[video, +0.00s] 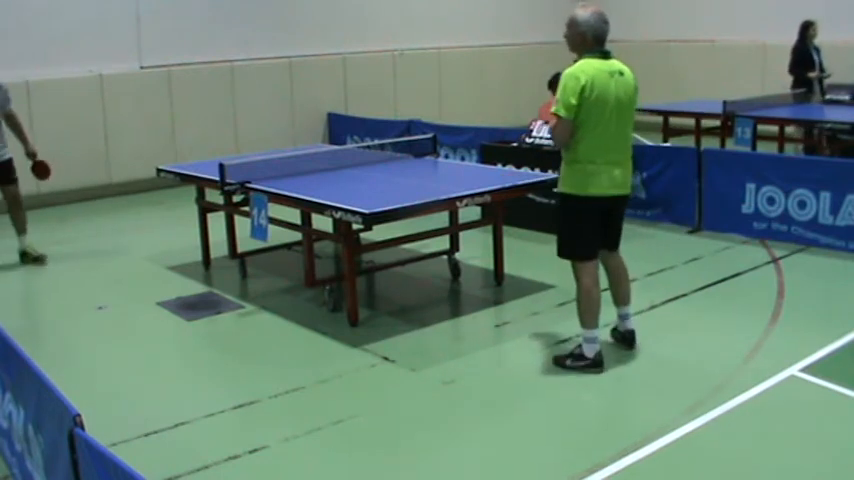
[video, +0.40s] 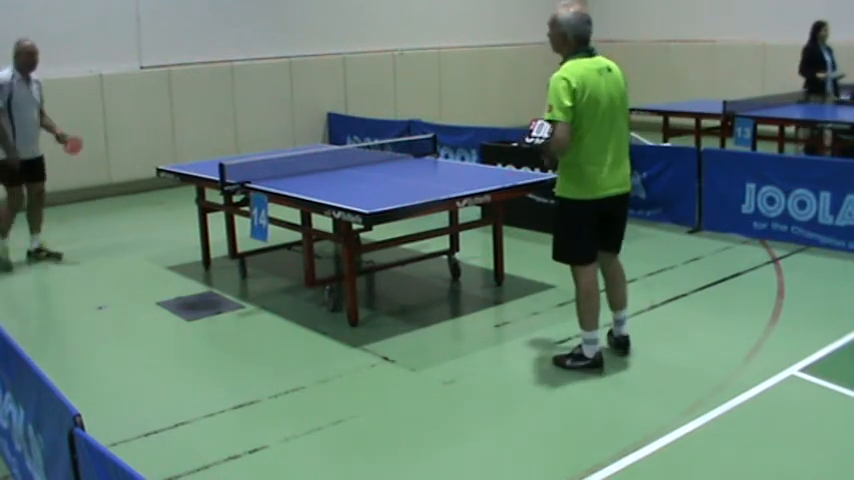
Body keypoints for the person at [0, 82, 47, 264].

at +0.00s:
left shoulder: (2, 90)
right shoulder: (4, 91)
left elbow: (7, 113)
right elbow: (8, 113)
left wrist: (27, 145)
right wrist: (27, 146)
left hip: (3, 153)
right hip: (3, 155)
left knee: (13, 195)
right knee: (12, 196)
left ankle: (24, 246)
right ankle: (24, 246)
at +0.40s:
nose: (34, 60)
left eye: (35, 55)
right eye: (29, 55)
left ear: (36, 58)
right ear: (17, 57)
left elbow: (40, 115)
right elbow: (1, 118)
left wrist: (57, 132)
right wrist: (10, 150)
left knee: (37, 197)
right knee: (14, 201)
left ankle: (36, 246)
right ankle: (3, 247)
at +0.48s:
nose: (39, 57)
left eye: (41, 53)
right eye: (35, 53)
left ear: (42, 55)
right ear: (22, 55)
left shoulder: (38, 80)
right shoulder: (10, 79)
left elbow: (44, 113)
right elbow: (5, 115)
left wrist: (66, 127)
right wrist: (20, 144)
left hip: (39, 151)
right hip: (18, 153)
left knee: (39, 198)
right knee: (30, 197)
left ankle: (36, 245)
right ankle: (19, 246)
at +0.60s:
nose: (48, 56)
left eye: (49, 52)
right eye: (43, 52)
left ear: (50, 55)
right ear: (30, 55)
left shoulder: (44, 79)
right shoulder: (22, 78)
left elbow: (48, 113)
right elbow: (11, 112)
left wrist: (71, 119)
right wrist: (33, 137)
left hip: (43, 146)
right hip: (30, 148)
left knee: (38, 195)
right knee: (51, 192)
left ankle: (36, 246)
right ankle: (47, 245)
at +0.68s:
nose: (54, 57)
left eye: (55, 52)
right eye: (49, 53)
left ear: (56, 55)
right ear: (37, 55)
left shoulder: (49, 79)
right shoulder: (30, 79)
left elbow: (54, 113)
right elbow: (20, 112)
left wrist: (75, 118)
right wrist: (43, 137)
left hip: (49, 146)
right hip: (38, 148)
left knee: (43, 196)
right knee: (62, 191)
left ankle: (36, 245)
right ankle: (72, 246)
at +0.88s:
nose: (77, 59)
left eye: (77, 55)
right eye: (73, 55)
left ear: (70, 58)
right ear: (60, 58)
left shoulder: (65, 80)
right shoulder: (52, 83)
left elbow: (69, 114)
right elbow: (45, 117)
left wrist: (90, 120)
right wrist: (69, 140)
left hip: (63, 149)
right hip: (61, 151)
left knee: (55, 197)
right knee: (84, 192)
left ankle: (38, 243)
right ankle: (104, 242)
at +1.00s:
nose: (93, 57)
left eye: (92, 53)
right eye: (88, 54)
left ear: (80, 57)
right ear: (76, 57)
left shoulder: (79, 79)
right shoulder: (68, 83)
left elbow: (84, 111)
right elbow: (62, 118)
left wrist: (101, 127)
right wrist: (86, 141)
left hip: (80, 146)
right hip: (75, 148)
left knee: (76, 193)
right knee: (94, 190)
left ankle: (46, 235)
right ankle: (106, 242)